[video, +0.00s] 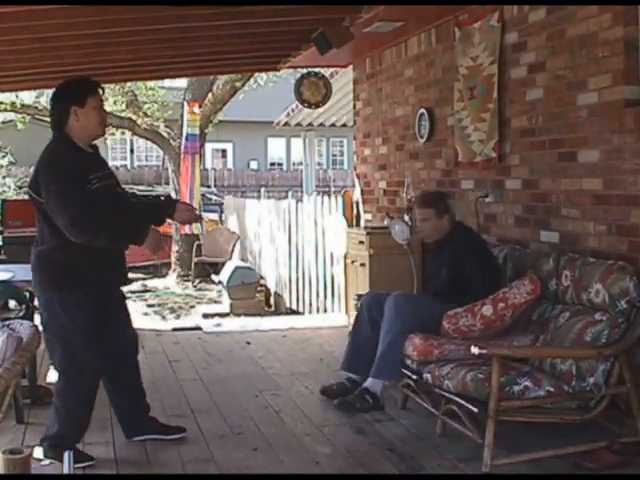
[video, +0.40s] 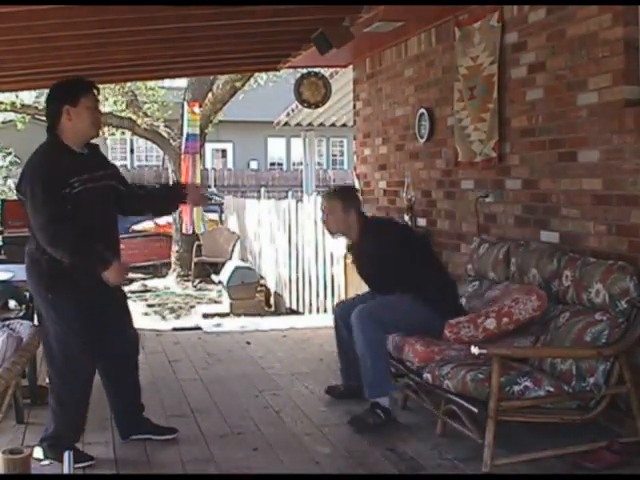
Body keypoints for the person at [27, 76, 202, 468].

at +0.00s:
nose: (106, 113)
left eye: (104, 106)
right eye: (99, 106)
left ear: (79, 113)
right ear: (76, 113)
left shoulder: (89, 159)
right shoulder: (58, 162)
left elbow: (119, 204)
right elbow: (82, 225)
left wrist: (169, 207)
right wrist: (140, 235)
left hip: (99, 280)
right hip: (66, 285)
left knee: (120, 352)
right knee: (78, 365)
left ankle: (137, 424)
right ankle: (57, 444)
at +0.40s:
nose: (101, 113)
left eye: (99, 106)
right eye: (93, 106)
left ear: (76, 113)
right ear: (69, 113)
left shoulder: (96, 161)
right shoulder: (42, 167)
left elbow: (127, 200)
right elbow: (50, 232)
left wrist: (179, 194)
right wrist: (101, 263)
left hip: (99, 272)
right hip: (59, 276)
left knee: (121, 346)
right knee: (73, 358)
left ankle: (131, 422)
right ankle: (57, 442)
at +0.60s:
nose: (107, 115)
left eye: (106, 108)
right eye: (100, 109)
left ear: (85, 113)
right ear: (74, 113)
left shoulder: (103, 160)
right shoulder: (44, 164)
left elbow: (133, 199)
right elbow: (37, 229)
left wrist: (160, 180)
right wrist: (58, 271)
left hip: (100, 276)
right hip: (57, 279)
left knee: (120, 346)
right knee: (69, 360)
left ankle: (131, 418)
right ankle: (57, 443)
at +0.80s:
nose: (118, 117)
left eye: (117, 110)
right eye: (112, 110)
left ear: (95, 114)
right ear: (87, 113)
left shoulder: (116, 162)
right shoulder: (56, 162)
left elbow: (153, 206)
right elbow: (41, 225)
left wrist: (139, 203)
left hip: (106, 277)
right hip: (63, 280)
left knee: (124, 347)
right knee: (67, 361)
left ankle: (130, 419)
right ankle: (56, 442)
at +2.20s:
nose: (113, 114)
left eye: (111, 106)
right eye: (107, 106)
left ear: (84, 111)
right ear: (83, 110)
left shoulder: (94, 155)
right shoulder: (66, 155)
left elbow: (122, 207)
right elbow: (94, 212)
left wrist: (166, 231)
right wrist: (149, 184)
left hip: (105, 276)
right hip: (75, 279)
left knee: (123, 348)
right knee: (75, 362)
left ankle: (132, 420)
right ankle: (53, 441)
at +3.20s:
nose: (103, 114)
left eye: (101, 106)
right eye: (96, 107)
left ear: (74, 114)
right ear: (71, 113)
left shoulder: (85, 156)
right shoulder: (60, 157)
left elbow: (109, 208)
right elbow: (89, 213)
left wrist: (129, 245)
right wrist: (130, 243)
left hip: (92, 275)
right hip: (63, 279)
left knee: (114, 349)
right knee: (71, 362)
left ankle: (129, 420)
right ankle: (51, 443)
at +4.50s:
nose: (105, 109)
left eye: (103, 102)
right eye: (98, 102)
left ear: (76, 109)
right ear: (74, 108)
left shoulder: (92, 152)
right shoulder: (61, 154)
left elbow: (113, 204)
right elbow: (94, 209)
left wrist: (141, 186)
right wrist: (134, 186)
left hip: (105, 275)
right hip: (73, 279)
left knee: (123, 351)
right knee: (74, 363)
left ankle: (136, 424)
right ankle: (52, 444)